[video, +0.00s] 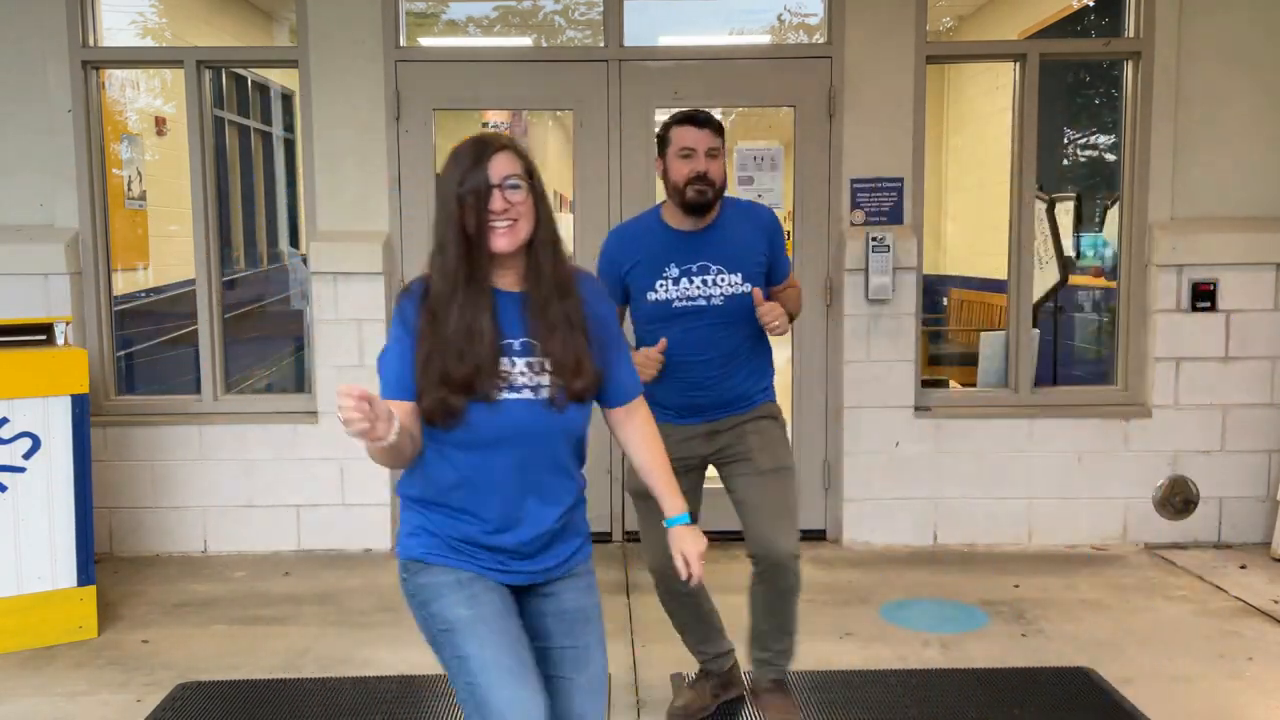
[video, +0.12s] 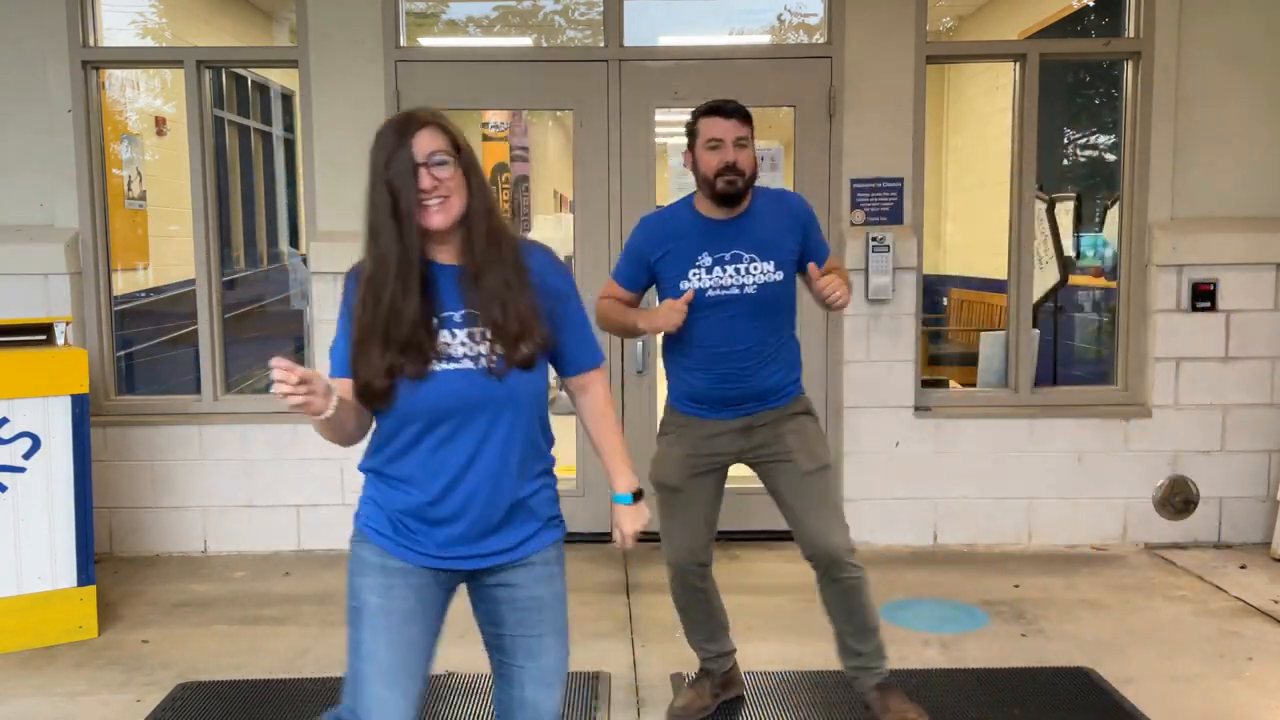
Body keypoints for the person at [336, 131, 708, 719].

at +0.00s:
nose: (500, 202)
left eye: (514, 185)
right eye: (481, 190)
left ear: (537, 197)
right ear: (457, 206)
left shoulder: (582, 297)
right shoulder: (426, 303)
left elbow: (628, 411)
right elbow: (401, 451)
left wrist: (678, 516)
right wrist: (381, 433)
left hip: (557, 546)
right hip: (451, 551)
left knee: (584, 709)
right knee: (517, 710)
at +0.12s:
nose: (428, 180)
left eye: (441, 162)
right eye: (410, 169)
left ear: (468, 171)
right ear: (390, 189)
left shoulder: (532, 268)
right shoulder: (373, 283)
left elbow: (588, 383)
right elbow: (350, 427)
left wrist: (626, 491)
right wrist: (323, 402)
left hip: (520, 532)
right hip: (401, 535)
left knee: (536, 710)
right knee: (382, 710)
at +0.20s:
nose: (364, 172)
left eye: (377, 153)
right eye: (349, 164)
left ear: (416, 160)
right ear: (340, 188)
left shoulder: (497, 263)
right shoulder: (341, 282)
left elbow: (548, 373)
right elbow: (325, 412)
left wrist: (579, 483)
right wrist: (278, 412)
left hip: (486, 531)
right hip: (361, 533)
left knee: (509, 709)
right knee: (306, 708)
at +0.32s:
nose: (313, 176)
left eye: (331, 162)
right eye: (297, 170)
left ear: (364, 181)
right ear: (287, 200)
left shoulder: (435, 282)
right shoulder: (286, 297)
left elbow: (496, 395)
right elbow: (265, 430)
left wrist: (528, 504)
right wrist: (202, 438)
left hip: (433, 552)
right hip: (298, 558)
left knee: (490, 711)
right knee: (249, 713)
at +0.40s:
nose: (285, 180)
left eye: (302, 167)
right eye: (268, 175)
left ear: (334, 189)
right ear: (255, 207)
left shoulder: (398, 295)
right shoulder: (236, 303)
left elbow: (455, 408)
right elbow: (216, 432)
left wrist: (481, 518)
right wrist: (152, 445)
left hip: (394, 558)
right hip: (259, 566)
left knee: (461, 710)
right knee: (218, 712)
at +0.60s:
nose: (218, 176)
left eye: (235, 165)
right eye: (199, 169)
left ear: (262, 191)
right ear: (179, 202)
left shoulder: (322, 293)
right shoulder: (155, 300)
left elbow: (368, 400)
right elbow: (124, 429)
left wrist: (380, 503)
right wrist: (74, 414)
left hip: (321, 533)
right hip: (194, 551)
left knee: (396, 698)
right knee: (180, 713)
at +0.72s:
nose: (195, 165)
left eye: (211, 152)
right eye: (176, 156)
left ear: (237, 176)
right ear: (154, 187)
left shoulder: (299, 273)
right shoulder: (134, 288)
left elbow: (357, 375)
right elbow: (80, 417)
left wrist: (384, 478)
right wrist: (36, 354)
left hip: (306, 516)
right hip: (181, 537)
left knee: (356, 688)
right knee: (188, 711)